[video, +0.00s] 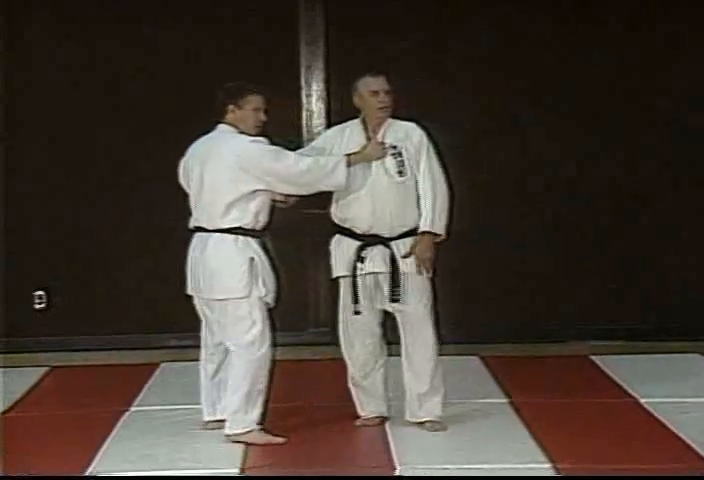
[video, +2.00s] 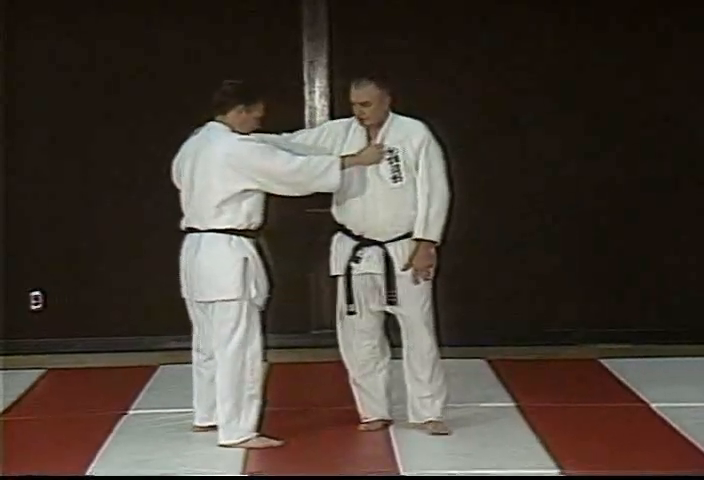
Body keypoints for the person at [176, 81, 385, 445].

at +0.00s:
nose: (262, 118)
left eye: (263, 111)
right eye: (256, 111)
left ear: (231, 114)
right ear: (233, 111)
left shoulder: (198, 148)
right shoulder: (248, 150)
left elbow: (189, 182)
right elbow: (299, 169)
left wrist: (266, 193)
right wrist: (359, 157)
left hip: (201, 251)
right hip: (235, 254)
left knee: (215, 339)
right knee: (251, 342)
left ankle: (214, 411)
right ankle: (242, 424)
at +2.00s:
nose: (259, 122)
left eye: (260, 115)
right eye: (257, 114)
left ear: (225, 112)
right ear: (239, 112)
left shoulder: (194, 143)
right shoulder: (238, 148)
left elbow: (177, 176)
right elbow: (292, 168)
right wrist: (355, 160)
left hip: (195, 248)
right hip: (229, 253)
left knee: (205, 343)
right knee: (237, 346)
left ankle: (206, 415)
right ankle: (237, 430)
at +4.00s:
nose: (269, 121)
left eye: (270, 114)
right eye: (266, 114)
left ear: (231, 113)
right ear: (248, 111)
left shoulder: (202, 147)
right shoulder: (252, 151)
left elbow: (190, 174)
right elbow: (304, 170)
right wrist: (366, 159)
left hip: (205, 247)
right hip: (239, 252)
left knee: (213, 341)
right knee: (247, 344)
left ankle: (211, 413)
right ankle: (240, 428)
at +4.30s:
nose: (277, 124)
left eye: (278, 117)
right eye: (275, 116)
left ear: (240, 113)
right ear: (259, 113)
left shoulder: (207, 144)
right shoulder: (255, 151)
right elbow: (311, 169)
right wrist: (365, 155)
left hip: (202, 248)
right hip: (236, 252)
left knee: (213, 341)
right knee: (247, 342)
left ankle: (212, 412)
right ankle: (242, 429)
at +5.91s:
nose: (319, 132)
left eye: (322, 126)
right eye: (317, 124)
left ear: (291, 114)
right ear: (302, 115)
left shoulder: (251, 139)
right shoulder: (288, 150)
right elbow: (339, 181)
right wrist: (395, 167)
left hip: (228, 245)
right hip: (257, 252)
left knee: (241, 338)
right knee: (271, 341)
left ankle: (238, 411)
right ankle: (269, 425)